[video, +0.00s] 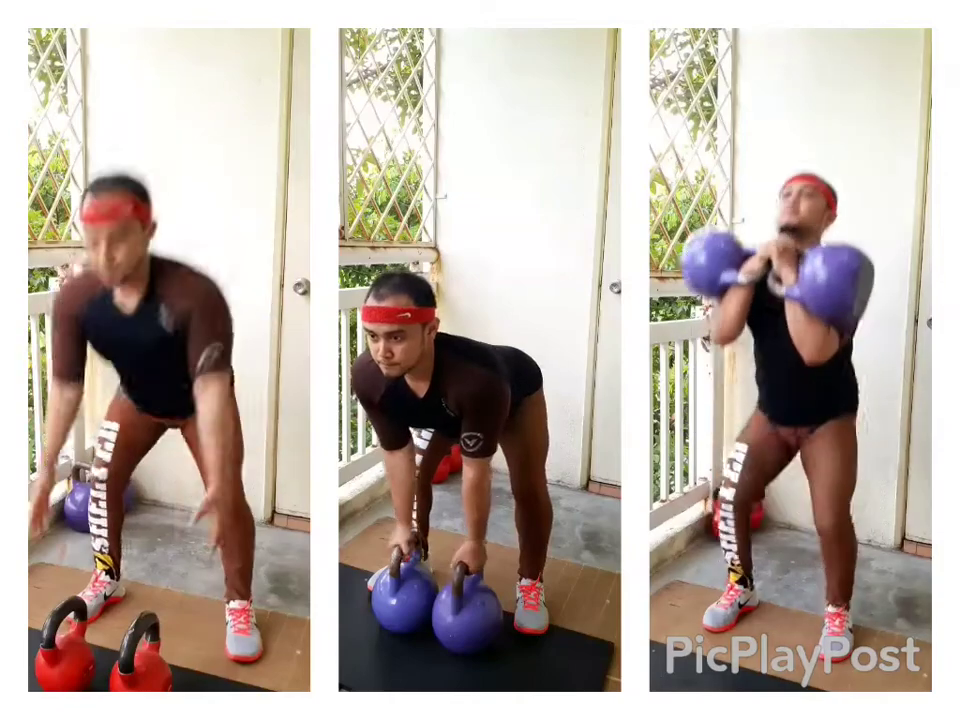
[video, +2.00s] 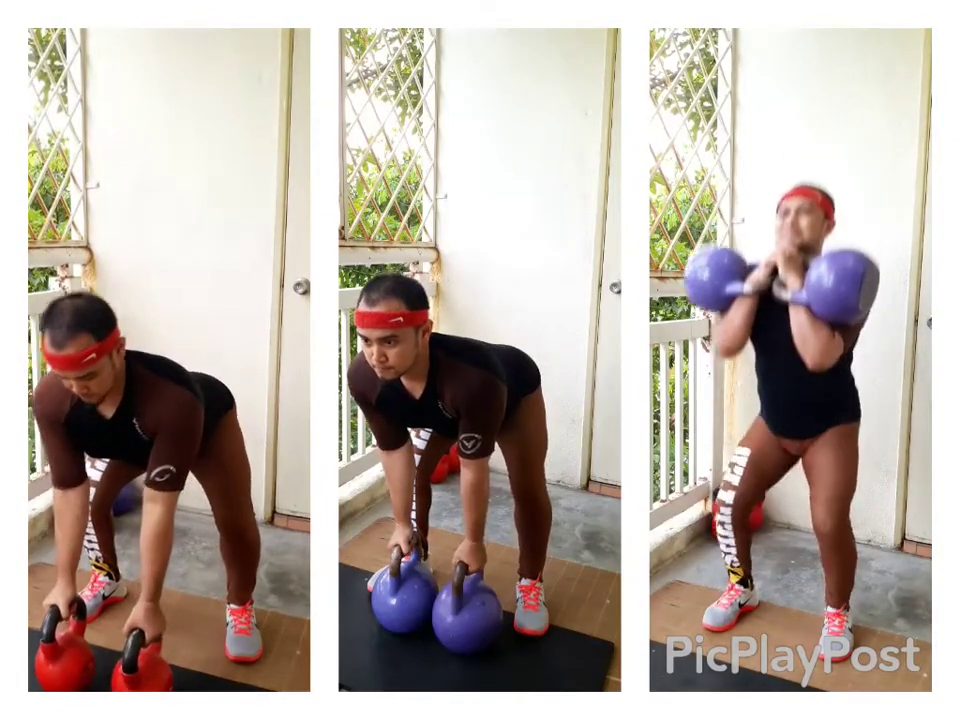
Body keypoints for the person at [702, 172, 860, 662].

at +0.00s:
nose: (793, 203)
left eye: (807, 197)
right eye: (787, 196)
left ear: (829, 215)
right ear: (776, 209)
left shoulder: (838, 269)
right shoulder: (753, 265)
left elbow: (815, 351)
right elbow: (722, 334)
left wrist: (789, 279)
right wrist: (749, 273)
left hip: (828, 418)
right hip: (771, 414)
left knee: (831, 522)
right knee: (735, 500)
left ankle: (837, 613)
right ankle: (740, 586)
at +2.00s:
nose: (791, 222)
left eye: (805, 214)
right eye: (784, 213)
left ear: (827, 227)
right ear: (774, 222)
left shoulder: (842, 285)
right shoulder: (755, 278)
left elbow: (819, 357)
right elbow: (726, 346)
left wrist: (793, 283)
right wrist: (758, 281)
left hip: (831, 427)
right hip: (773, 423)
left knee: (830, 525)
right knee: (733, 506)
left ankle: (836, 613)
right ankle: (740, 586)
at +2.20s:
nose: (789, 281)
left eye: (802, 273)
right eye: (782, 273)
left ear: (823, 286)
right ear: (772, 283)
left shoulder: (832, 345)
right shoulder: (754, 338)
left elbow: (816, 421)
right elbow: (723, 405)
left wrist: (791, 351)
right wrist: (752, 350)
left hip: (831, 460)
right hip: (774, 458)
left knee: (828, 540)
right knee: (721, 519)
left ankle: (836, 614)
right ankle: (740, 588)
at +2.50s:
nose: (783, 355)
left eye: (796, 346)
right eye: (776, 346)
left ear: (819, 357)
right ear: (768, 354)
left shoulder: (833, 414)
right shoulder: (749, 405)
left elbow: (817, 497)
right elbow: (721, 478)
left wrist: (788, 428)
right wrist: (747, 427)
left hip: (822, 524)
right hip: (769, 522)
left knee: (826, 550)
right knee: (713, 525)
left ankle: (835, 616)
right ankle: (740, 590)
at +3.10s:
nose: (783, 277)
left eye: (796, 270)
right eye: (775, 269)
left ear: (817, 284)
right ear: (767, 281)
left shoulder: (831, 343)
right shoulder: (749, 335)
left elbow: (814, 427)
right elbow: (723, 408)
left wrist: (786, 358)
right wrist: (747, 353)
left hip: (831, 455)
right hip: (774, 452)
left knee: (823, 536)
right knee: (721, 513)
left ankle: (837, 615)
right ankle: (739, 588)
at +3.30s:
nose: (790, 220)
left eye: (803, 212)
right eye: (783, 212)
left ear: (825, 227)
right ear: (772, 224)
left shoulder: (833, 290)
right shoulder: (754, 283)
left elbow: (818, 369)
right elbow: (728, 352)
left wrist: (790, 299)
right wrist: (747, 298)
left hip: (830, 427)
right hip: (773, 423)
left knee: (833, 528)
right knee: (728, 501)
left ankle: (837, 615)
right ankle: (739, 586)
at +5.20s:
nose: (790, 290)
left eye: (802, 282)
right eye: (783, 282)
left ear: (823, 294)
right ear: (772, 292)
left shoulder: (833, 352)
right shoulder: (754, 346)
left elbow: (819, 430)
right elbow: (727, 416)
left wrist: (792, 361)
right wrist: (753, 361)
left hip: (831, 466)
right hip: (775, 464)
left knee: (826, 543)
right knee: (721, 521)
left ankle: (836, 616)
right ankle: (740, 588)